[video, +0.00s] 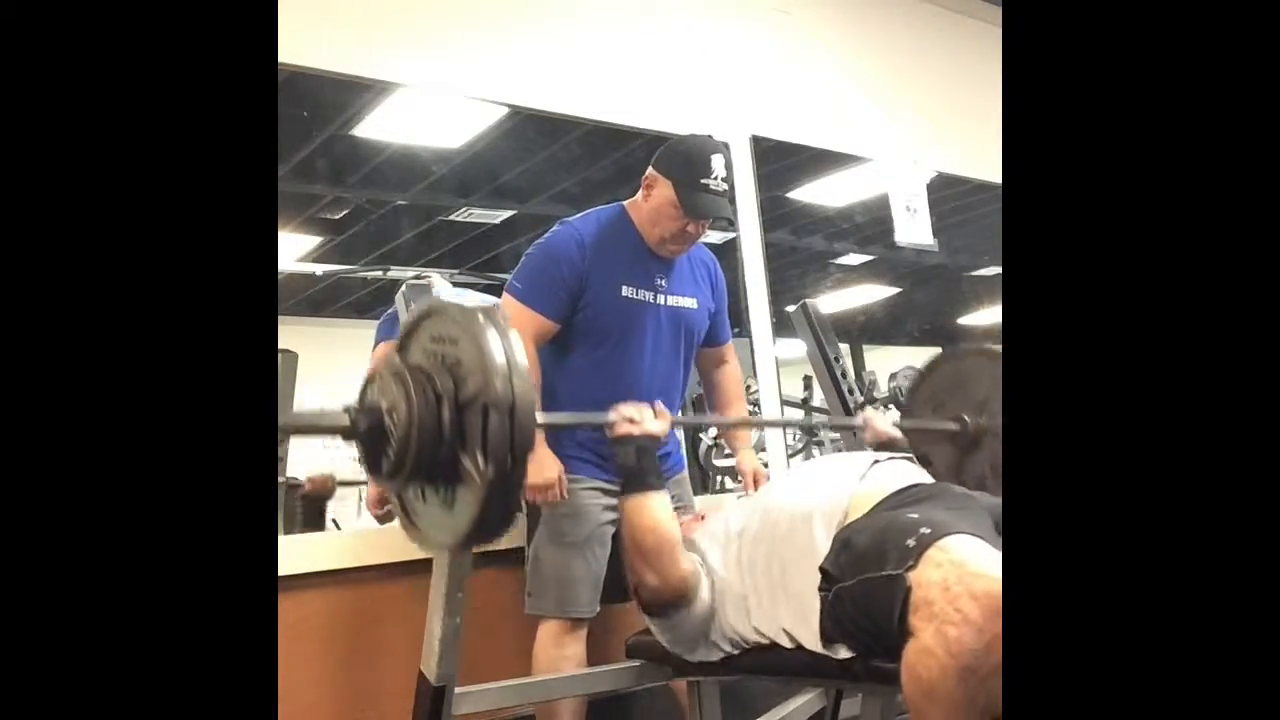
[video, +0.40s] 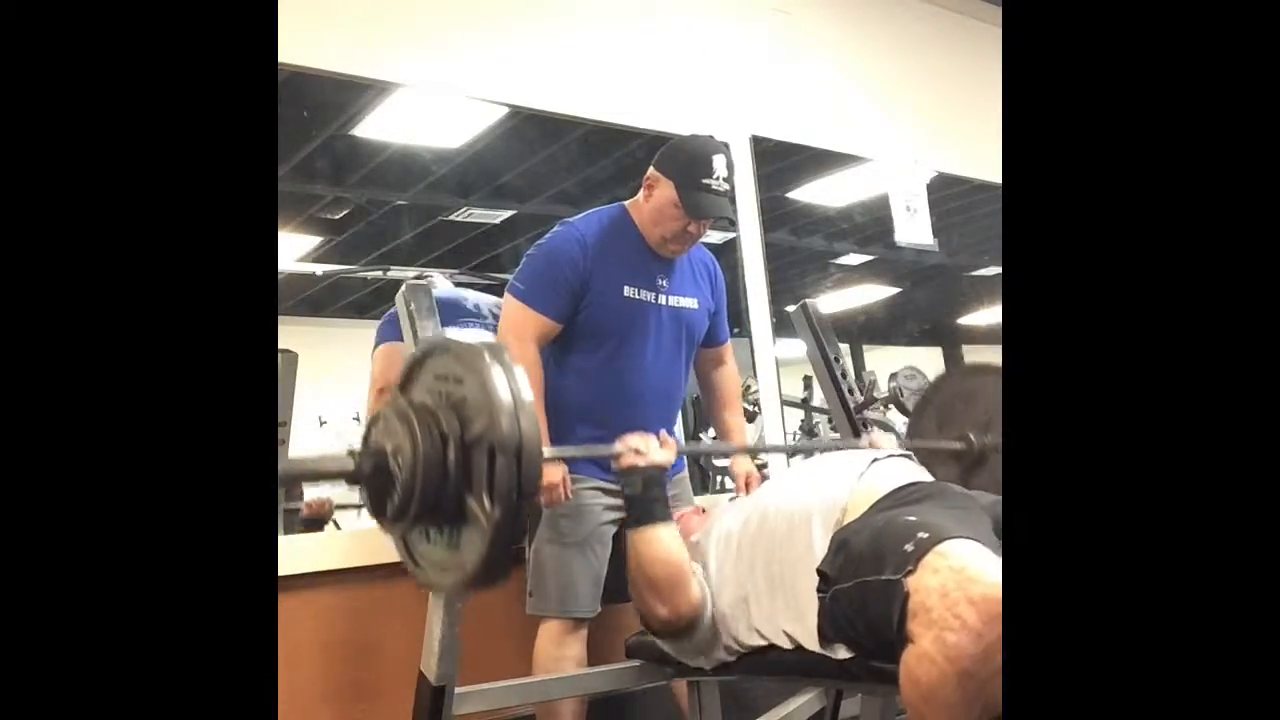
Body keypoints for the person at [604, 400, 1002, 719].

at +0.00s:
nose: (680, 506)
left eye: (676, 502)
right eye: (664, 517)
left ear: (693, 504)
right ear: (652, 559)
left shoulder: (761, 500)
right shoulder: (693, 609)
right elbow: (658, 578)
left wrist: (890, 440)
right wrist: (636, 456)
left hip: (951, 490)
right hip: (870, 530)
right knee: (976, 596)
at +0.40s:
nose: (684, 508)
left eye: (684, 506)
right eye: (674, 518)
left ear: (699, 508)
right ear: (670, 539)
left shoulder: (759, 502)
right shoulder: (695, 600)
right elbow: (668, 608)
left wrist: (876, 448)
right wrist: (644, 488)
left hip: (939, 490)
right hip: (865, 533)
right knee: (977, 608)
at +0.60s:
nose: (687, 499)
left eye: (686, 494)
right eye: (675, 508)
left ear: (707, 499)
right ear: (680, 544)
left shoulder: (763, 505)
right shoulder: (700, 579)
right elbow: (690, 658)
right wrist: (656, 534)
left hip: (939, 487)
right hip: (869, 529)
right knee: (979, 607)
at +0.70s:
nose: (693, 493)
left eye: (691, 490)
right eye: (679, 500)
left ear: (710, 495)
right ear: (680, 538)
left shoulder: (772, 500)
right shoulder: (702, 577)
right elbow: (686, 660)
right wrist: (660, 534)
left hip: (956, 490)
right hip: (875, 524)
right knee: (981, 601)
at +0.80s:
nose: (698, 500)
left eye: (698, 495)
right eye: (683, 505)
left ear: (713, 500)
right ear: (674, 541)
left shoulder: (765, 506)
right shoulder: (698, 574)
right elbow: (682, 640)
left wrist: (757, 487)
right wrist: (652, 511)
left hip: (956, 492)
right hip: (871, 528)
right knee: (983, 602)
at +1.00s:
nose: (677, 509)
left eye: (674, 506)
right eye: (662, 519)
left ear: (688, 511)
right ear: (657, 549)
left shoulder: (761, 504)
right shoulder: (692, 608)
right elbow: (655, 574)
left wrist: (886, 444)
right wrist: (633, 451)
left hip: (941, 493)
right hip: (862, 533)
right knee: (977, 598)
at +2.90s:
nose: (676, 508)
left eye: (678, 501)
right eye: (665, 511)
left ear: (695, 507)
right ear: (662, 539)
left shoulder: (749, 510)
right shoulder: (688, 583)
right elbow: (666, 632)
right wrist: (642, 510)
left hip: (943, 495)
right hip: (866, 533)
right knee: (977, 609)